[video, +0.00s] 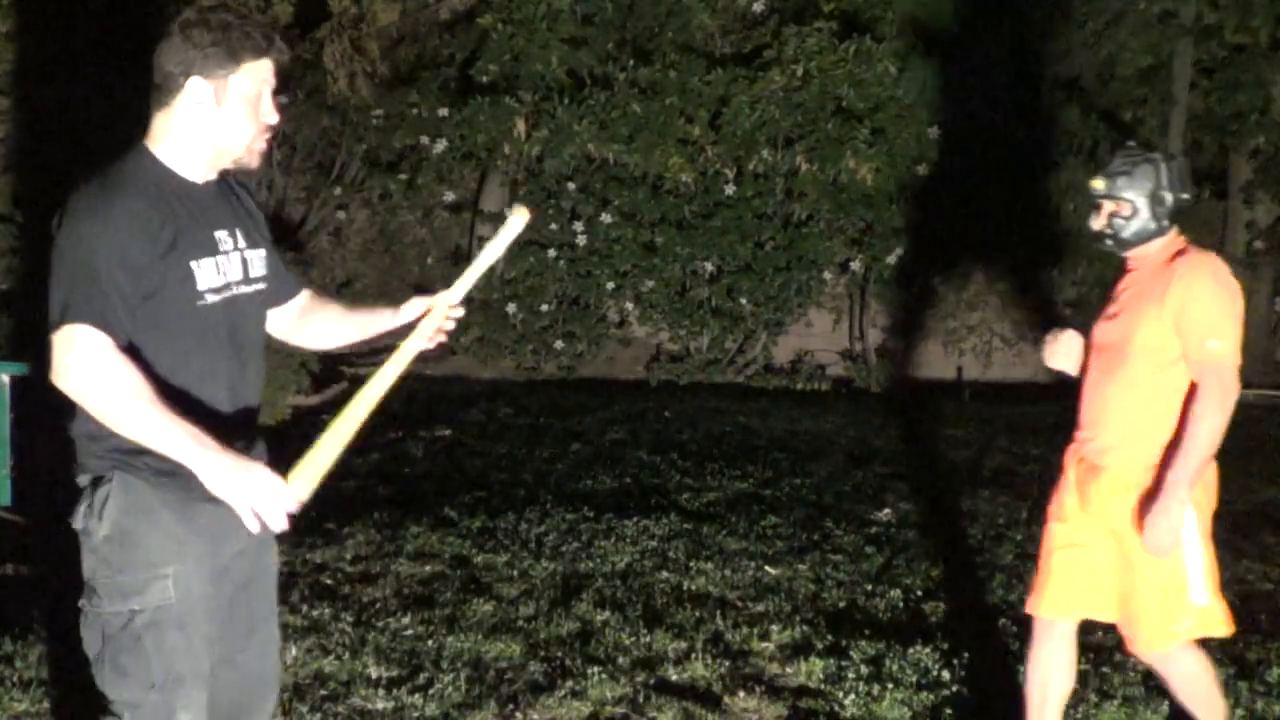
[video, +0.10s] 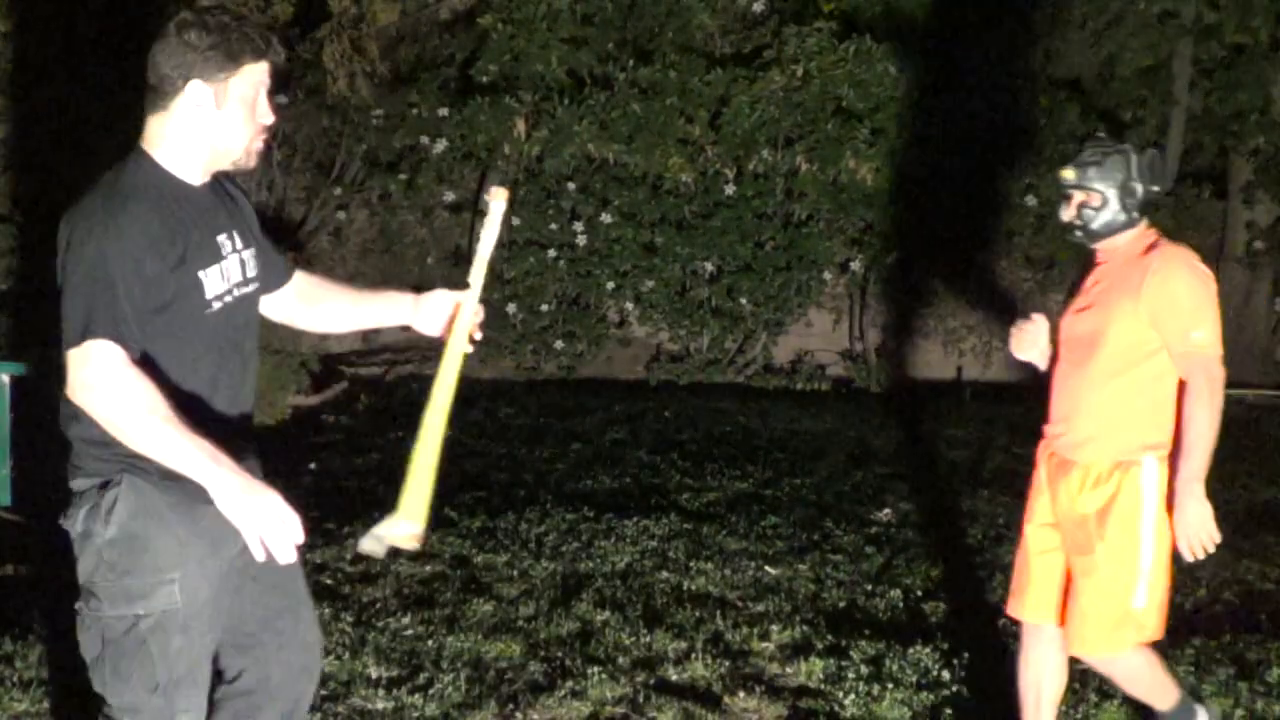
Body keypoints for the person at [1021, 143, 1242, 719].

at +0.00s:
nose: (1100, 218)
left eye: (1114, 204)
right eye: (1099, 204)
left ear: (1153, 205)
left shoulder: (1202, 276)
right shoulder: (1133, 280)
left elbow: (1218, 390)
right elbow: (1139, 374)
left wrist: (1174, 495)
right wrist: (1085, 360)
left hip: (1154, 491)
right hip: (1086, 484)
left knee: (1158, 639)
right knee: (1052, 619)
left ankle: (1217, 716)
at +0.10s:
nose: (1072, 211)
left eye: (1088, 196)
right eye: (1069, 195)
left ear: (1127, 198)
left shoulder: (1176, 271)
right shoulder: (1098, 275)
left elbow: (1206, 381)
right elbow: (1099, 374)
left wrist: (1190, 487)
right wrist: (1048, 355)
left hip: (1129, 480)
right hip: (1058, 473)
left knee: (1099, 639)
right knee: (1040, 627)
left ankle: (1186, 714)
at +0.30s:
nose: (1026, 202)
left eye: (1043, 188)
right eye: (1024, 185)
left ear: (1084, 192)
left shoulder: (1139, 269)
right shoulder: (1031, 267)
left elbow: (1178, 380)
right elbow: (1041, 369)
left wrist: (1164, 489)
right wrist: (987, 360)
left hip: (1089, 475)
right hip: (1016, 471)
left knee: (1040, 636)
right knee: (1020, 635)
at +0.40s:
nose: (1005, 206)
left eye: (1022, 192)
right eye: (1003, 190)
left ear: (1065, 195)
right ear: (1001, 191)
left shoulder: (1123, 273)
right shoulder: (1011, 270)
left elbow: (1154, 389)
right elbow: (987, 365)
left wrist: (1128, 498)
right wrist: (941, 364)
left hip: (1067, 487)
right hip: (996, 483)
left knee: (1023, 647)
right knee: (1007, 642)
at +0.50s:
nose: (994, 210)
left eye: (1012, 197)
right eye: (992, 194)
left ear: (1052, 201)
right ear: (990, 192)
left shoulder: (1103, 280)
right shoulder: (995, 274)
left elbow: (1133, 399)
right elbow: (946, 360)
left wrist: (1090, 507)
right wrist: (887, 370)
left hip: (1042, 497)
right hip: (974, 491)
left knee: (1000, 666)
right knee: (1007, 662)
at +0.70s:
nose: (961, 210)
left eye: (977, 197)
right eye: (958, 194)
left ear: (1020, 202)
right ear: (957, 193)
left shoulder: (1070, 284)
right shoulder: (964, 268)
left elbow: (1084, 414)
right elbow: (897, 349)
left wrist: (1011, 519)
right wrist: (797, 372)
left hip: (1004, 503)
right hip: (935, 494)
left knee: (966, 673)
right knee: (936, 661)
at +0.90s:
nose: (916, 200)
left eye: (932, 187)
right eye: (914, 184)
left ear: (978, 189)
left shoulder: (1038, 274)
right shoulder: (920, 259)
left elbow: (1042, 407)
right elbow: (846, 351)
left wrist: (928, 480)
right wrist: (741, 369)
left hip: (981, 489)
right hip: (897, 478)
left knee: (958, 673)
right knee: (860, 640)